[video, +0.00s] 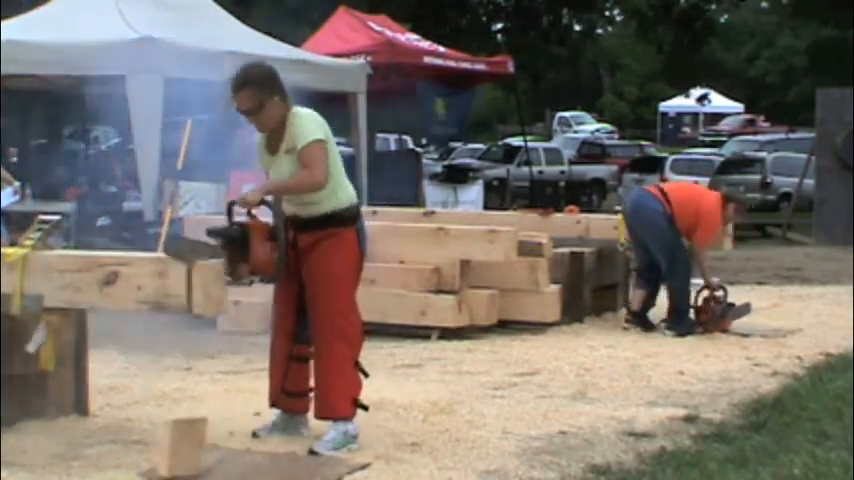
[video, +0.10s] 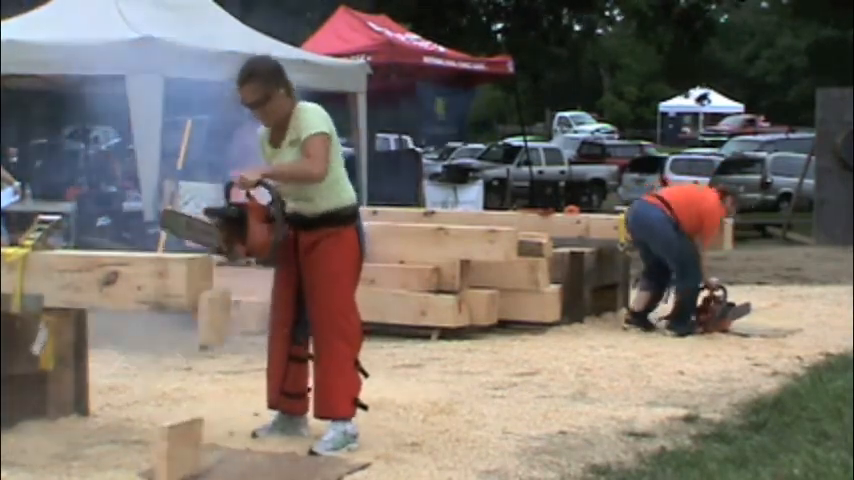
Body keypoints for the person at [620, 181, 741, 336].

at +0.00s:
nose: (733, 219)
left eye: (737, 215)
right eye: (735, 214)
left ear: (726, 203)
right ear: (730, 207)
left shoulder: (707, 197)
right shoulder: (714, 214)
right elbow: (697, 250)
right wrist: (708, 280)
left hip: (636, 200)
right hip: (654, 210)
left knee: (649, 266)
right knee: (678, 267)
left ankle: (636, 313)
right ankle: (678, 321)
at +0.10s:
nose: (731, 212)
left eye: (733, 208)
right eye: (732, 207)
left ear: (717, 192)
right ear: (726, 199)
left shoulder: (700, 192)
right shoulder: (714, 209)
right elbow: (700, 248)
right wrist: (706, 280)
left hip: (637, 210)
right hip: (658, 219)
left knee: (658, 269)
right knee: (690, 269)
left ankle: (637, 313)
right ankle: (680, 321)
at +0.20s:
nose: (729, 191)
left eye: (731, 188)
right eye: (730, 186)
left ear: (716, 171)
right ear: (727, 178)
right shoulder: (716, 182)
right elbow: (708, 219)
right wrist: (708, 253)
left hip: (641, 210)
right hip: (660, 214)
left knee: (665, 271)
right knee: (693, 271)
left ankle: (639, 313)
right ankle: (683, 323)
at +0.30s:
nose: (730, 190)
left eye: (732, 186)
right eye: (731, 183)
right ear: (726, 171)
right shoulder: (714, 163)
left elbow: (699, 247)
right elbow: (702, 177)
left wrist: (711, 276)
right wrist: (706, 216)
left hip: (645, 200)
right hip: (664, 204)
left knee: (662, 265)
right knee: (683, 263)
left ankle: (640, 313)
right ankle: (684, 321)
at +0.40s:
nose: (732, 196)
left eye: (734, 196)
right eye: (733, 190)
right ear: (730, 178)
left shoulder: (705, 206)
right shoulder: (715, 166)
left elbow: (695, 243)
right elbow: (694, 152)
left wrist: (704, 279)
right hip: (662, 201)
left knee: (661, 264)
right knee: (682, 263)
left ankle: (641, 312)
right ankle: (681, 319)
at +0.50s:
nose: (731, 202)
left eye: (735, 202)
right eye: (734, 195)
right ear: (731, 183)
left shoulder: (702, 211)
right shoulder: (717, 171)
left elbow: (693, 243)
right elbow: (695, 162)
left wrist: (704, 279)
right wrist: (712, 188)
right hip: (659, 204)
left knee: (659, 268)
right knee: (681, 265)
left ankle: (639, 313)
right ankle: (679, 323)